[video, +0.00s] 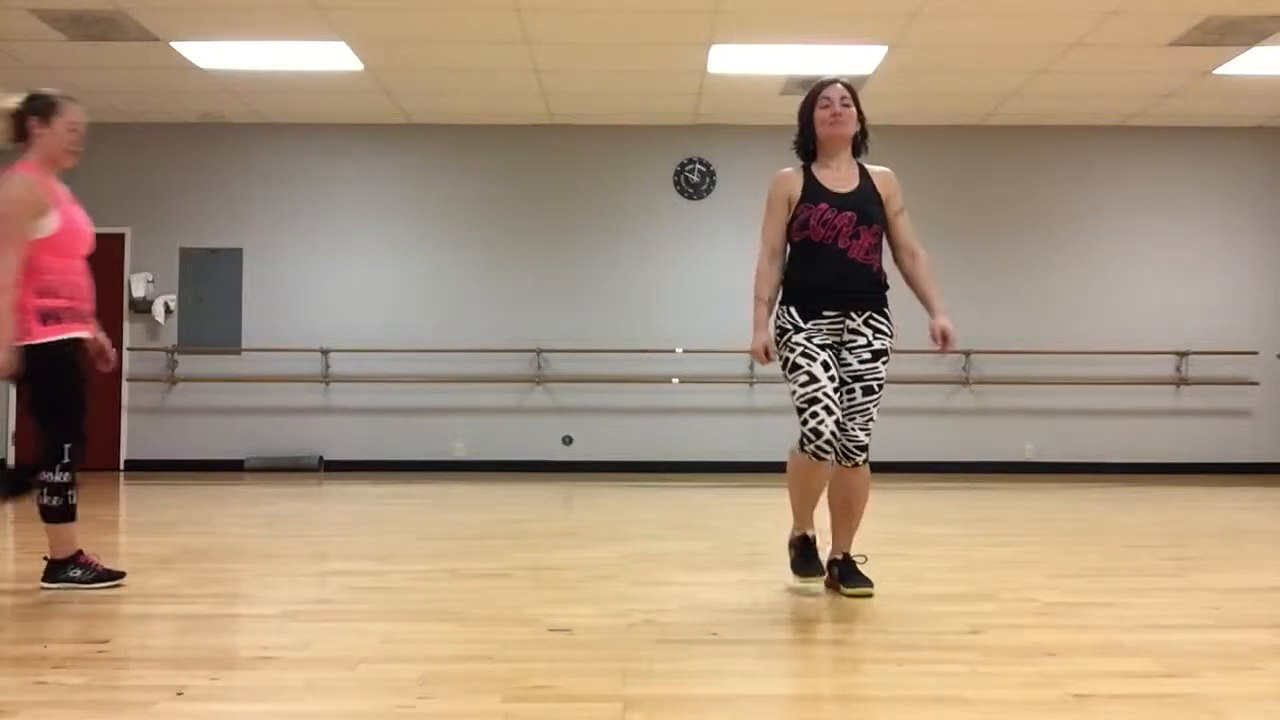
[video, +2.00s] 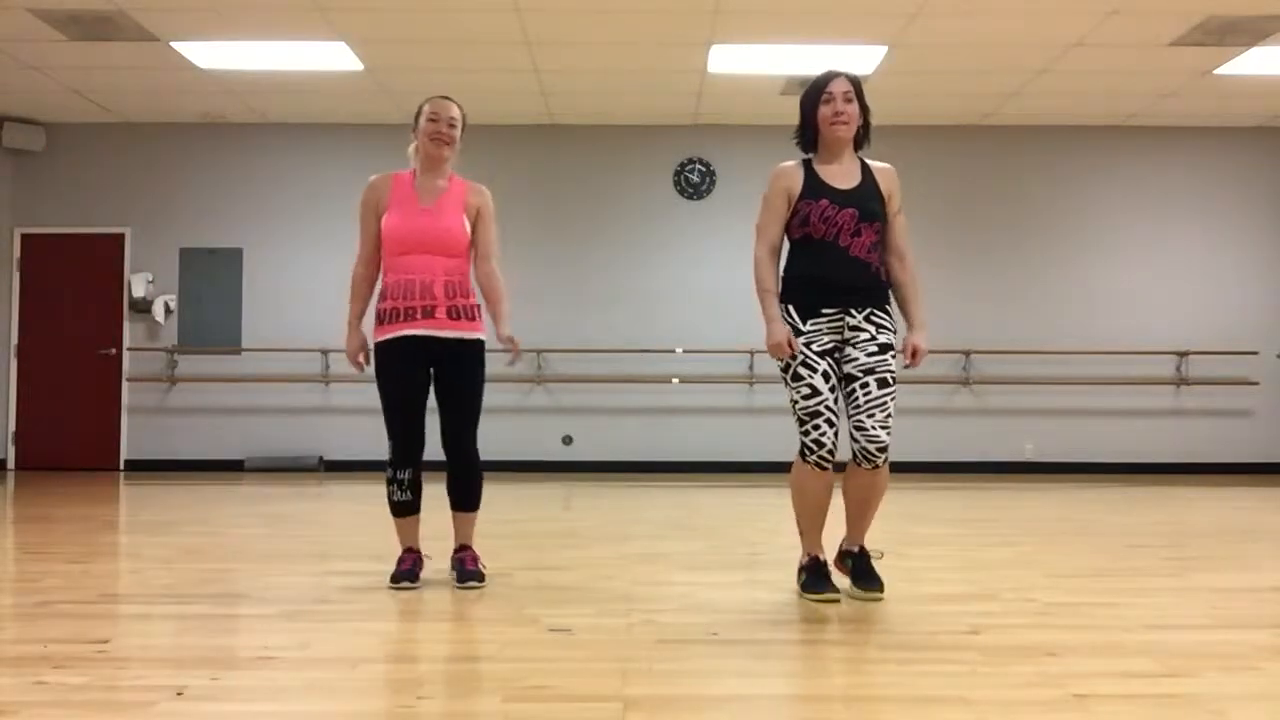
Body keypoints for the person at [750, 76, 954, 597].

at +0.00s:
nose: (837, 110)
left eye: (845, 103)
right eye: (826, 104)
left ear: (859, 118)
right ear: (809, 121)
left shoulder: (881, 181)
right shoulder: (790, 182)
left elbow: (909, 252)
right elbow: (770, 257)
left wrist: (937, 312)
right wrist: (760, 325)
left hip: (868, 323)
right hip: (803, 321)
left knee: (854, 439)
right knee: (820, 430)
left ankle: (842, 557)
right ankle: (803, 534)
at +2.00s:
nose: (839, 108)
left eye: (848, 100)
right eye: (827, 101)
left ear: (861, 112)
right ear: (811, 114)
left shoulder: (883, 177)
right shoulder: (789, 176)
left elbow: (899, 257)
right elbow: (765, 253)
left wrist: (915, 324)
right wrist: (773, 320)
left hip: (872, 322)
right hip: (806, 323)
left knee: (873, 440)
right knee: (821, 440)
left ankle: (853, 549)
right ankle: (812, 559)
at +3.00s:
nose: (847, 106)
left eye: (856, 98)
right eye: (836, 98)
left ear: (870, 111)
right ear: (818, 111)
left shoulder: (887, 167)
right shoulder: (798, 166)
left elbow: (933, 170)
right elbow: (739, 160)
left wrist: (965, 167)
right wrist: (689, 153)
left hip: (880, 316)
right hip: (815, 317)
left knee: (889, 430)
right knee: (829, 433)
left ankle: (864, 544)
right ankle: (818, 557)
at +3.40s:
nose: (851, 107)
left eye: (860, 98)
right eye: (840, 99)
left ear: (873, 110)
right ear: (822, 111)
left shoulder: (894, 170)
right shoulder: (801, 167)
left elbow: (976, 156)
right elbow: (724, 160)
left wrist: (903, 157)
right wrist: (652, 154)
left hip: (888, 317)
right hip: (823, 317)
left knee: (876, 441)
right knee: (849, 432)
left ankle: (859, 560)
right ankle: (814, 533)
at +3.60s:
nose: (846, 110)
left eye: (855, 101)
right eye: (836, 102)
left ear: (869, 113)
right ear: (817, 114)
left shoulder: (889, 176)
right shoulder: (795, 169)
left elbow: (971, 163)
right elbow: (719, 162)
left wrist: (901, 161)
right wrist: (644, 155)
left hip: (879, 320)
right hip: (814, 320)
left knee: (873, 446)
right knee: (831, 443)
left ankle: (858, 561)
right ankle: (810, 559)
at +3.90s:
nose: (848, 110)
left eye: (857, 101)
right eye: (838, 102)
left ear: (871, 113)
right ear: (820, 114)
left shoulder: (892, 174)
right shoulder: (798, 169)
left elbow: (972, 159)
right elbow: (719, 159)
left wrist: (898, 162)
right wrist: (648, 150)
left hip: (879, 318)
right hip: (813, 319)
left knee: (875, 442)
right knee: (825, 441)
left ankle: (862, 554)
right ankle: (813, 560)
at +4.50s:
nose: (836, 106)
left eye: (846, 97)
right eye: (826, 97)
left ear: (861, 109)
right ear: (809, 109)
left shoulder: (882, 162)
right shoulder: (787, 168)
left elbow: (961, 158)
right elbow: (713, 156)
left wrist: (1040, 158)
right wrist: (784, 150)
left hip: (872, 315)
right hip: (805, 316)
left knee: (874, 440)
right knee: (825, 441)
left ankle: (860, 547)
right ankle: (820, 561)